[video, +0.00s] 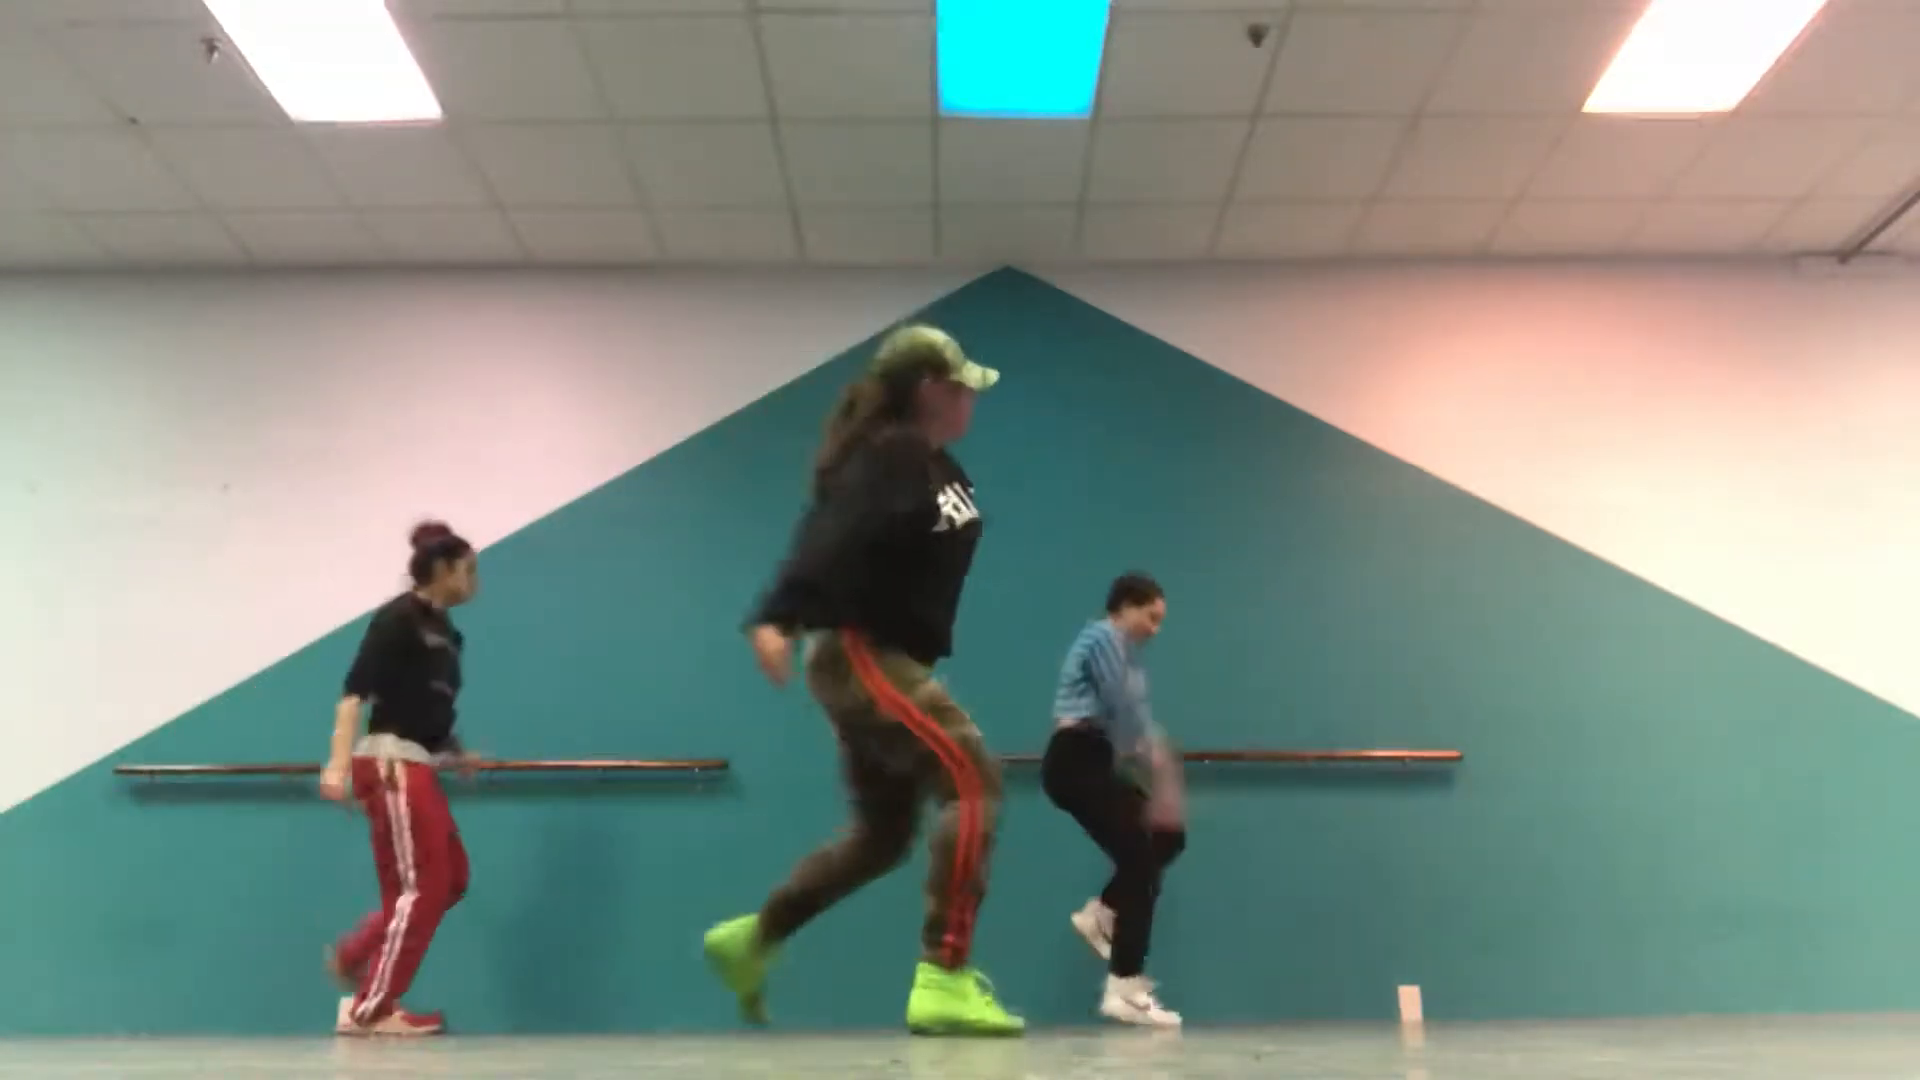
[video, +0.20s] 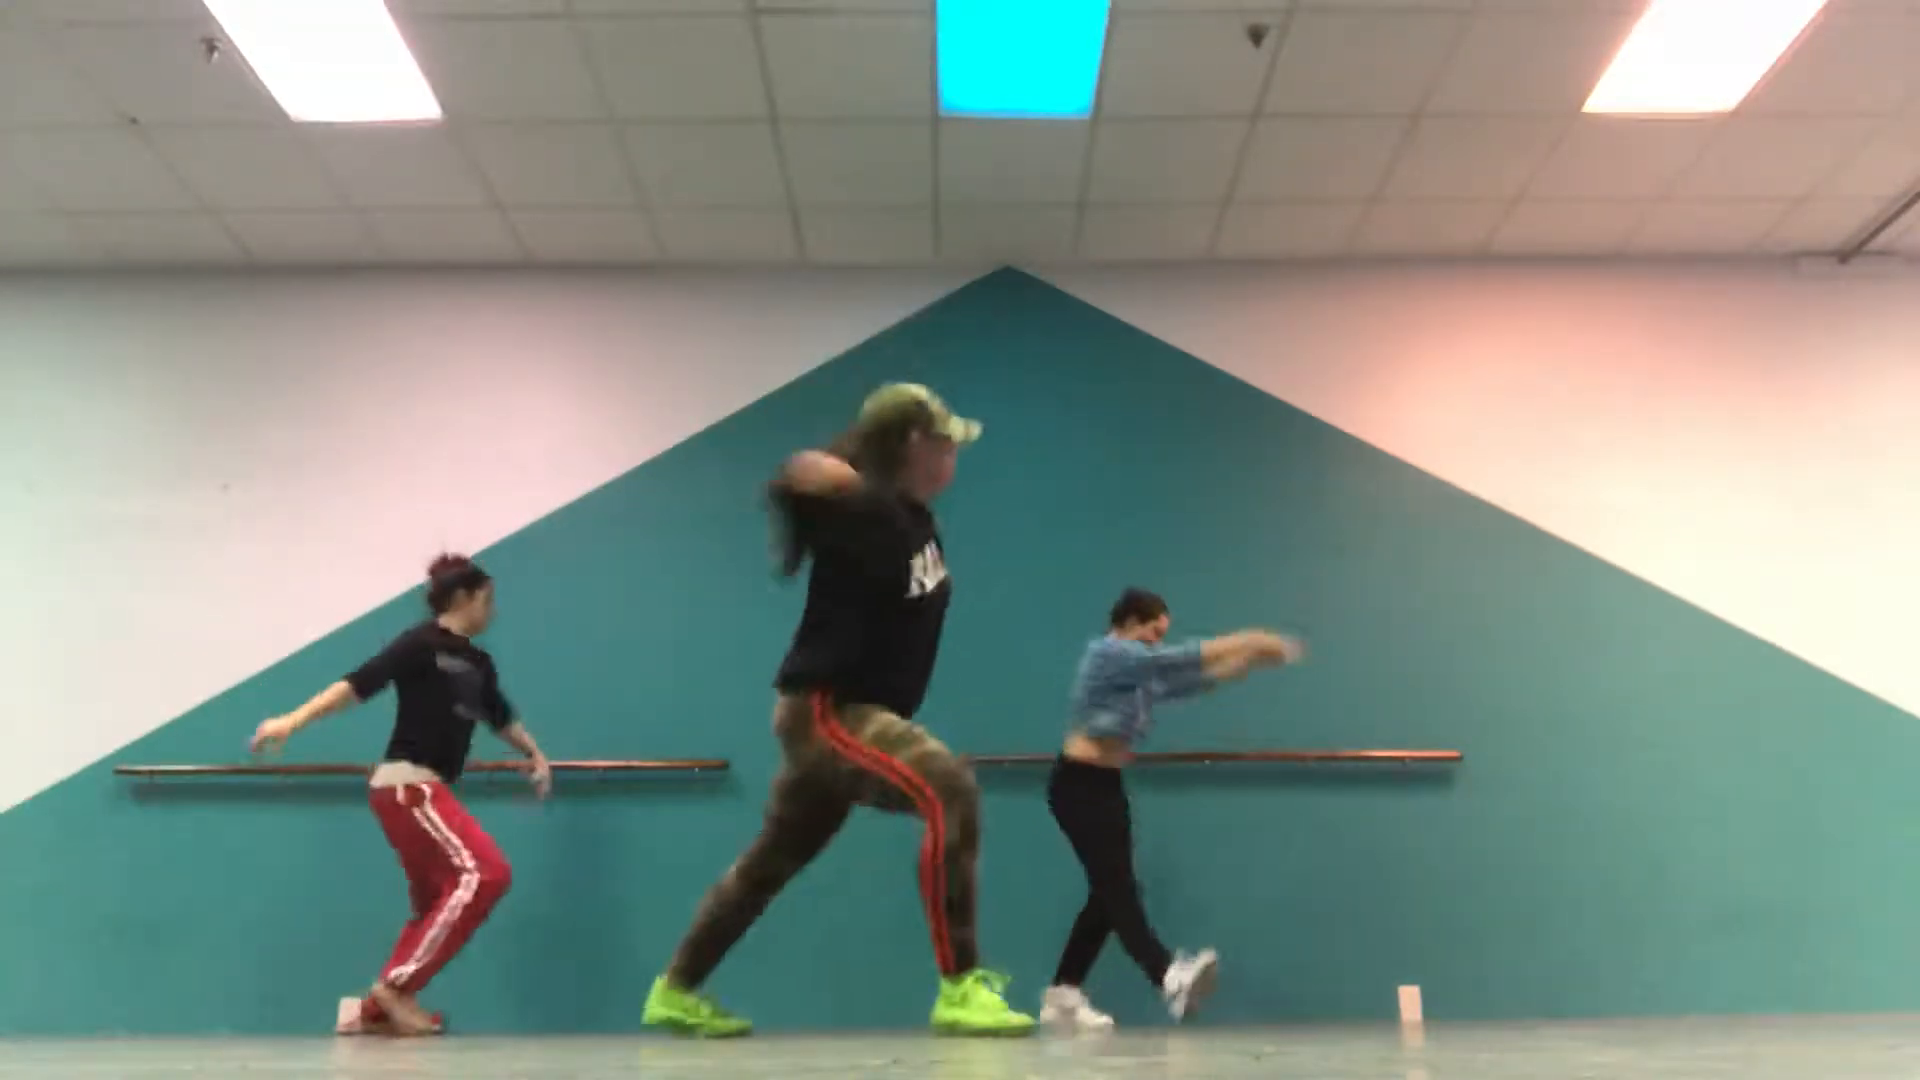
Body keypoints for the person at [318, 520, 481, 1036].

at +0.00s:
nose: (474, 579)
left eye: (473, 569)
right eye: (468, 569)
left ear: (442, 572)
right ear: (442, 570)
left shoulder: (446, 631)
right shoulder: (395, 618)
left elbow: (429, 705)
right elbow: (353, 694)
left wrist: (455, 752)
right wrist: (339, 762)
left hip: (418, 764)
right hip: (389, 760)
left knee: (452, 878)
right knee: (419, 884)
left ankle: (352, 954)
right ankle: (372, 1009)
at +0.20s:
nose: (491, 608)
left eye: (491, 598)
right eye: (486, 598)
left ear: (463, 599)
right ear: (463, 598)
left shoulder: (478, 662)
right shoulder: (421, 642)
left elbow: (500, 719)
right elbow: (355, 685)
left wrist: (536, 755)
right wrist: (290, 722)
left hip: (419, 789)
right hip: (406, 786)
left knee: (434, 904)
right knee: (484, 874)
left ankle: (378, 1007)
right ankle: (397, 988)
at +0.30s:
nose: (508, 603)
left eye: (507, 593)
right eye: (503, 592)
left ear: (478, 592)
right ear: (479, 591)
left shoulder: (492, 655)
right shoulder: (439, 634)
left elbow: (512, 724)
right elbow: (381, 678)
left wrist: (523, 772)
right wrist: (331, 713)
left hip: (434, 782)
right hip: (420, 779)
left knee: (436, 898)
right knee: (492, 873)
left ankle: (380, 1005)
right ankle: (416, 990)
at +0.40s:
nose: (526, 592)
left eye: (525, 581)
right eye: (522, 581)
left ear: (494, 581)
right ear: (500, 580)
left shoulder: (490, 636)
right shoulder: (460, 623)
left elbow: (476, 715)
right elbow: (422, 690)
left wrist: (489, 779)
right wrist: (399, 745)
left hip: (454, 768)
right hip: (442, 766)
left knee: (435, 893)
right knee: (488, 883)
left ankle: (376, 1004)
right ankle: (424, 1009)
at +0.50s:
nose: (535, 592)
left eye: (534, 581)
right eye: (532, 581)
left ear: (494, 579)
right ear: (514, 579)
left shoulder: (467, 624)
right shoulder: (488, 629)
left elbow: (478, 719)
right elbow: (490, 723)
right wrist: (499, 793)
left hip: (438, 765)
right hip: (458, 767)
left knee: (472, 895)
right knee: (494, 895)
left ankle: (373, 920)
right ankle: (424, 1012)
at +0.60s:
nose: (544, 568)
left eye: (543, 557)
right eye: (541, 557)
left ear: (497, 557)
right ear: (525, 557)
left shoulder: (466, 604)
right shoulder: (528, 611)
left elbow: (421, 692)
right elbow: (548, 698)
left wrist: (400, 767)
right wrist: (571, 762)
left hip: (443, 749)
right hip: (481, 752)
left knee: (532, 856)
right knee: (484, 890)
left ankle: (416, 853)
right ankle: (422, 1010)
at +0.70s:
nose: (551, 539)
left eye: (548, 531)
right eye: (551, 531)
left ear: (504, 533)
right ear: (545, 533)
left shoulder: (472, 581)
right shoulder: (556, 587)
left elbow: (417, 651)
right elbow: (575, 665)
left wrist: (379, 722)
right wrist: (588, 728)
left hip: (453, 719)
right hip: (504, 719)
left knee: (547, 822)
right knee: (494, 851)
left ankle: (453, 884)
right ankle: (436, 981)